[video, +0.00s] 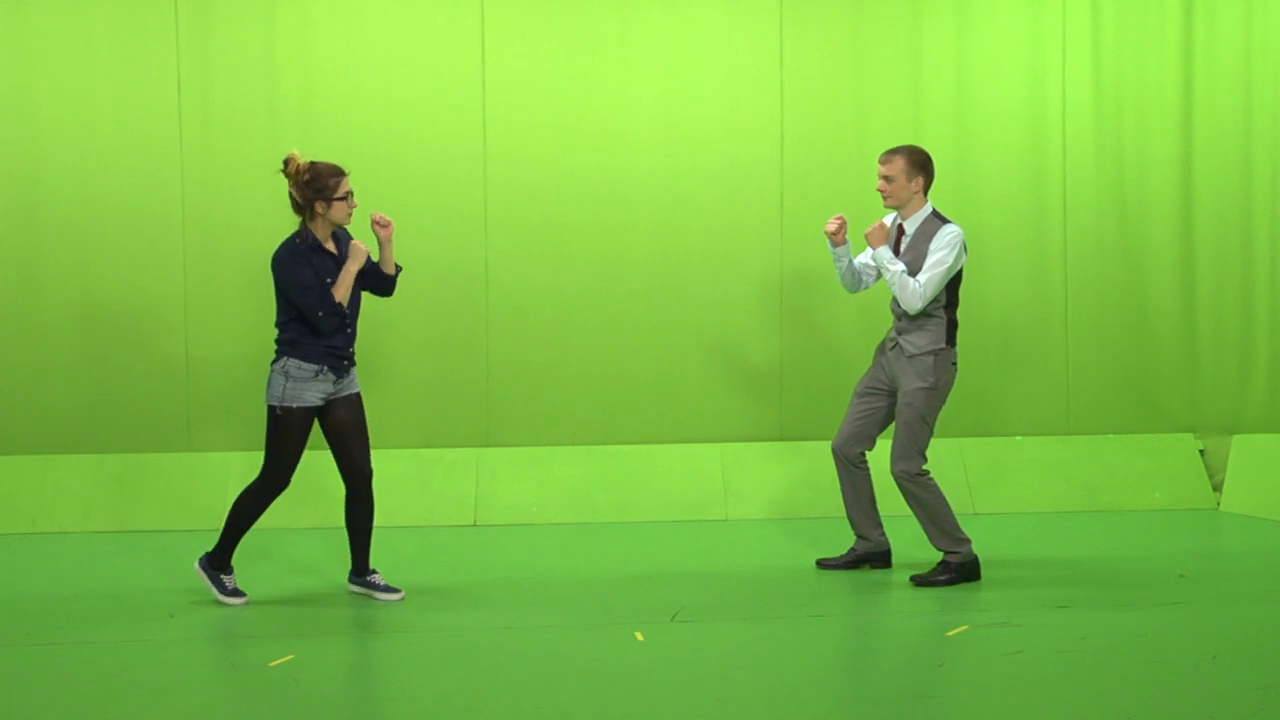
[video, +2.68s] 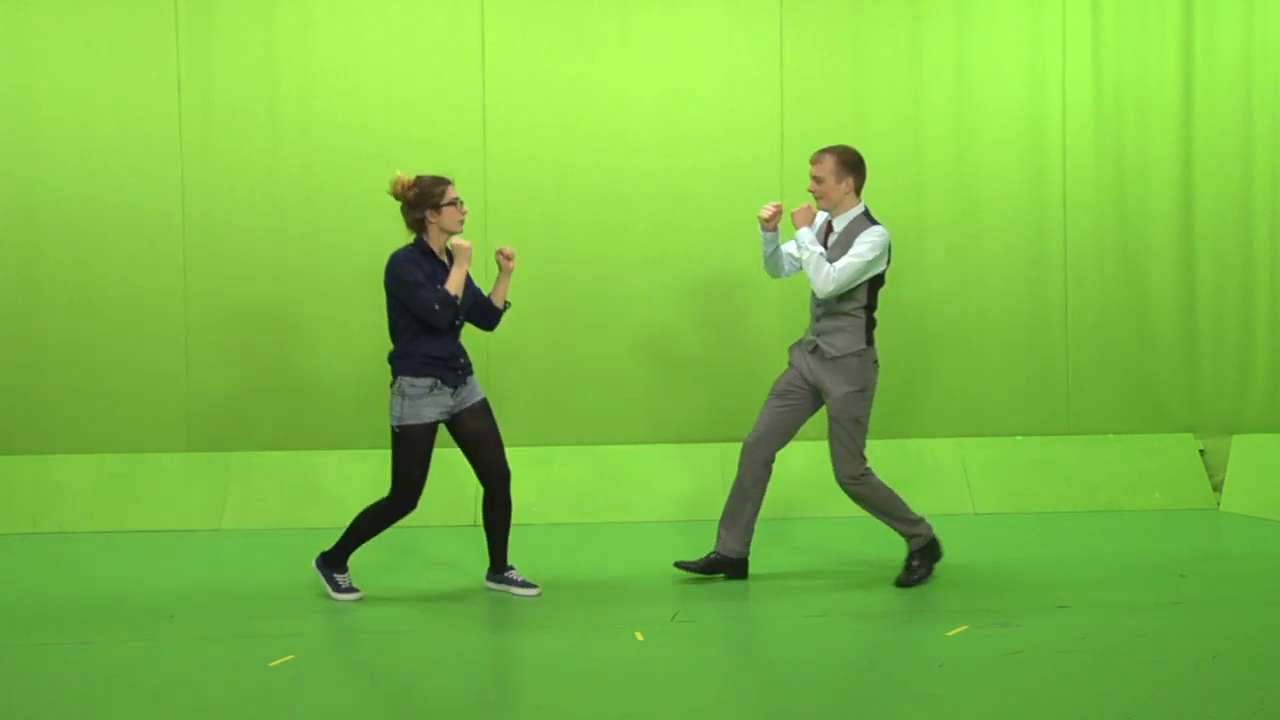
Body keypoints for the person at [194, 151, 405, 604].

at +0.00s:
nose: (354, 203)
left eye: (352, 195)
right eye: (345, 197)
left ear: (329, 205)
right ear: (319, 207)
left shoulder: (343, 247)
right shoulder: (290, 256)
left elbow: (385, 286)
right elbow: (327, 318)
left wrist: (386, 244)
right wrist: (352, 266)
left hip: (340, 376)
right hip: (296, 375)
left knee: (360, 476)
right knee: (276, 478)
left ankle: (361, 571)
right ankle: (216, 561)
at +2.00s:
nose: (363, 219)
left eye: (361, 212)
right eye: (354, 213)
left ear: (334, 221)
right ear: (328, 221)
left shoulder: (348, 266)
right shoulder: (292, 268)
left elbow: (380, 322)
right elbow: (315, 329)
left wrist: (394, 281)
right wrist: (349, 283)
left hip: (334, 389)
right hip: (289, 390)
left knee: (366, 482)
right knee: (276, 496)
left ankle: (360, 575)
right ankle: (208, 568)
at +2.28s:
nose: (396, 214)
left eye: (394, 206)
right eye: (387, 209)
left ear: (377, 217)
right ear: (362, 219)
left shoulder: (388, 267)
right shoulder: (332, 269)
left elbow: (421, 321)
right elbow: (347, 330)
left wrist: (431, 276)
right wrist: (382, 283)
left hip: (370, 393)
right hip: (325, 391)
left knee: (385, 489)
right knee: (296, 492)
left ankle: (361, 574)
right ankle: (223, 562)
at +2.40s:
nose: (408, 179)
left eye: (406, 172)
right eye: (400, 174)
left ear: (389, 183)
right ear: (375, 183)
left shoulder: (406, 234)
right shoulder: (346, 234)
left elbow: (446, 276)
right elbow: (361, 292)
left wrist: (444, 229)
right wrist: (398, 244)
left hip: (401, 360)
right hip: (356, 359)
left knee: (410, 461)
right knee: (333, 462)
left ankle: (379, 555)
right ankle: (273, 541)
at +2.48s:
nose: (423, 171)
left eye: (421, 162)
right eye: (413, 165)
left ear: (405, 173)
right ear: (388, 175)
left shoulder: (416, 221)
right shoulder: (360, 225)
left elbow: (456, 271)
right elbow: (384, 278)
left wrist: (461, 223)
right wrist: (415, 230)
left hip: (416, 347)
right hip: (370, 349)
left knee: (440, 447)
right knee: (359, 458)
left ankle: (417, 540)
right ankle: (315, 548)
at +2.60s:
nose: (446, 187)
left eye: (444, 180)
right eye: (436, 181)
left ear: (426, 190)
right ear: (412, 191)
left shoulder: (436, 238)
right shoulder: (384, 241)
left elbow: (475, 293)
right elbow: (422, 290)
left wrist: (489, 250)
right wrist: (441, 240)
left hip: (440, 361)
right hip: (395, 365)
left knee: (473, 459)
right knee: (391, 474)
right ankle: (337, 558)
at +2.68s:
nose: (464, 210)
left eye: (461, 203)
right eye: (454, 205)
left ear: (437, 215)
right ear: (429, 216)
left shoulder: (448, 263)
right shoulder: (403, 265)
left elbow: (487, 319)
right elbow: (439, 317)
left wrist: (505, 275)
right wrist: (461, 266)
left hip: (461, 384)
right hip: (417, 387)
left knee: (497, 477)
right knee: (404, 497)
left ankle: (499, 570)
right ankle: (333, 561)